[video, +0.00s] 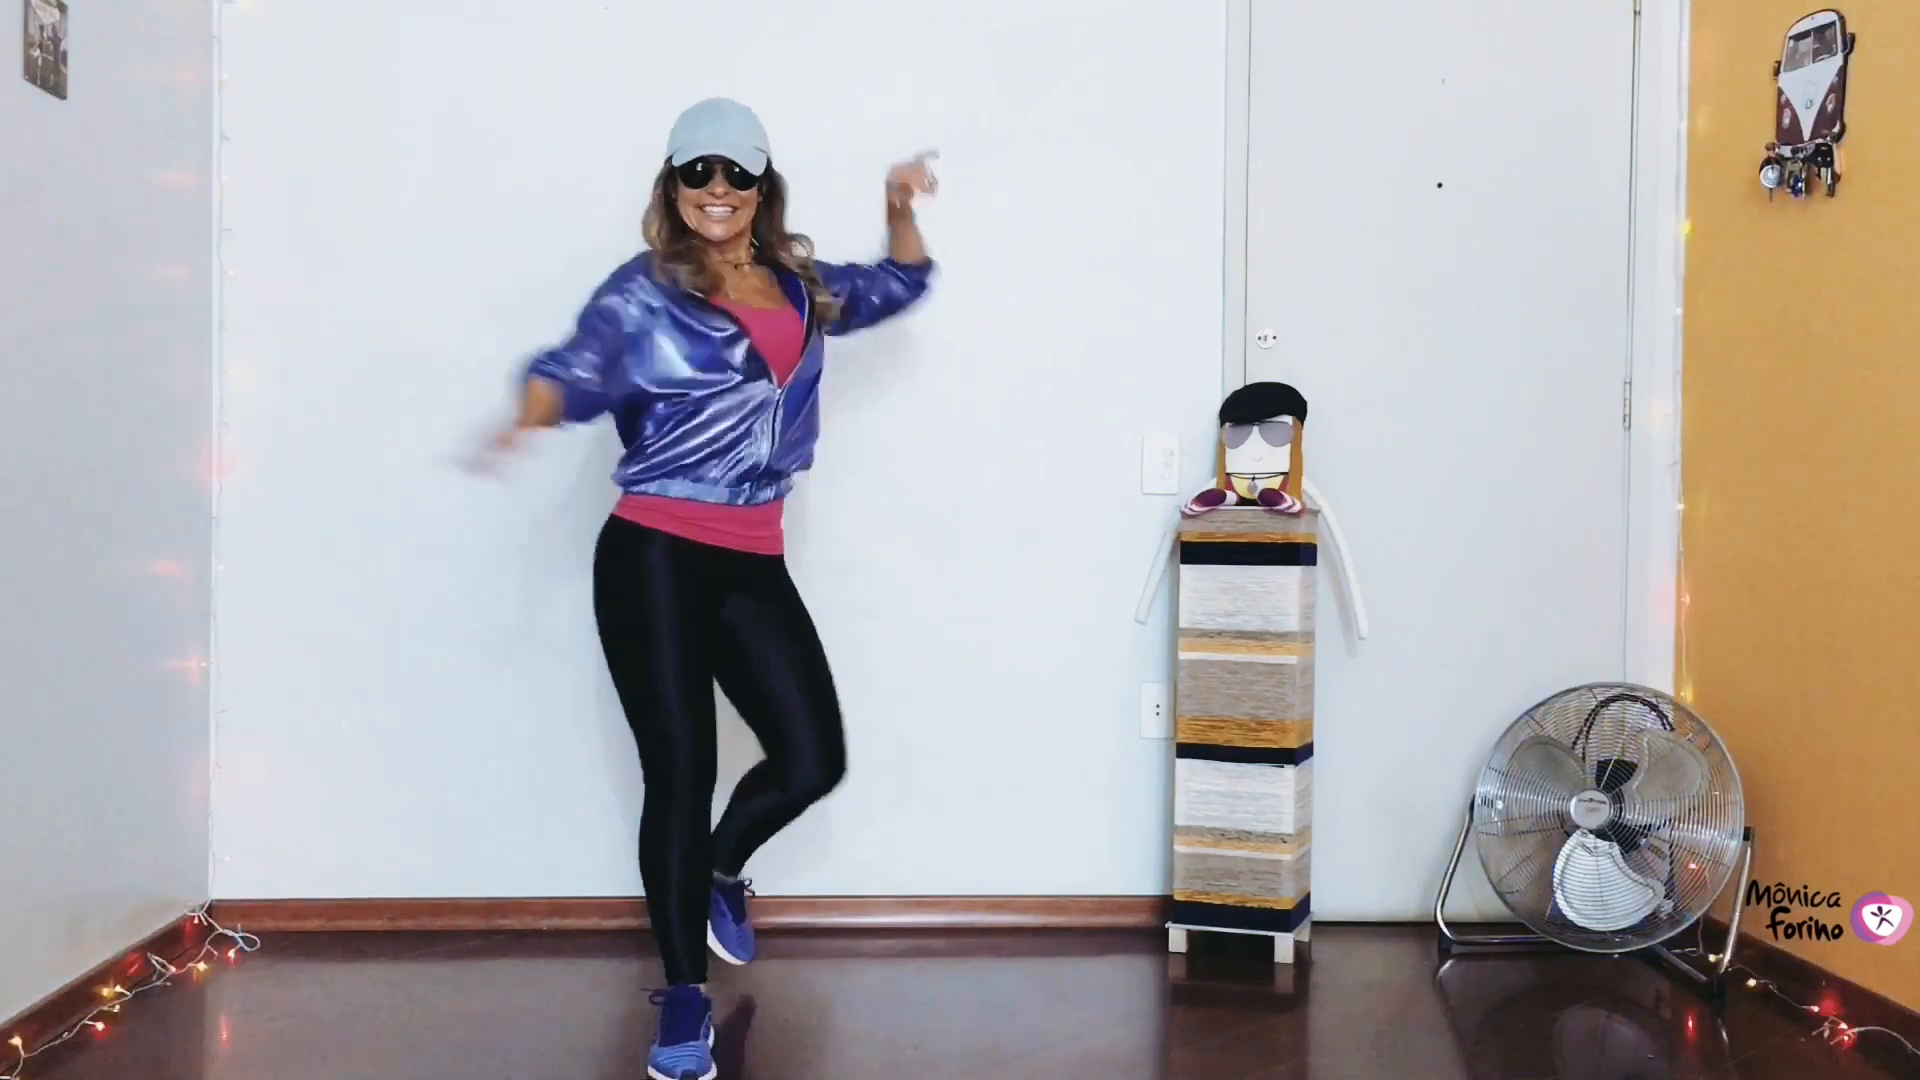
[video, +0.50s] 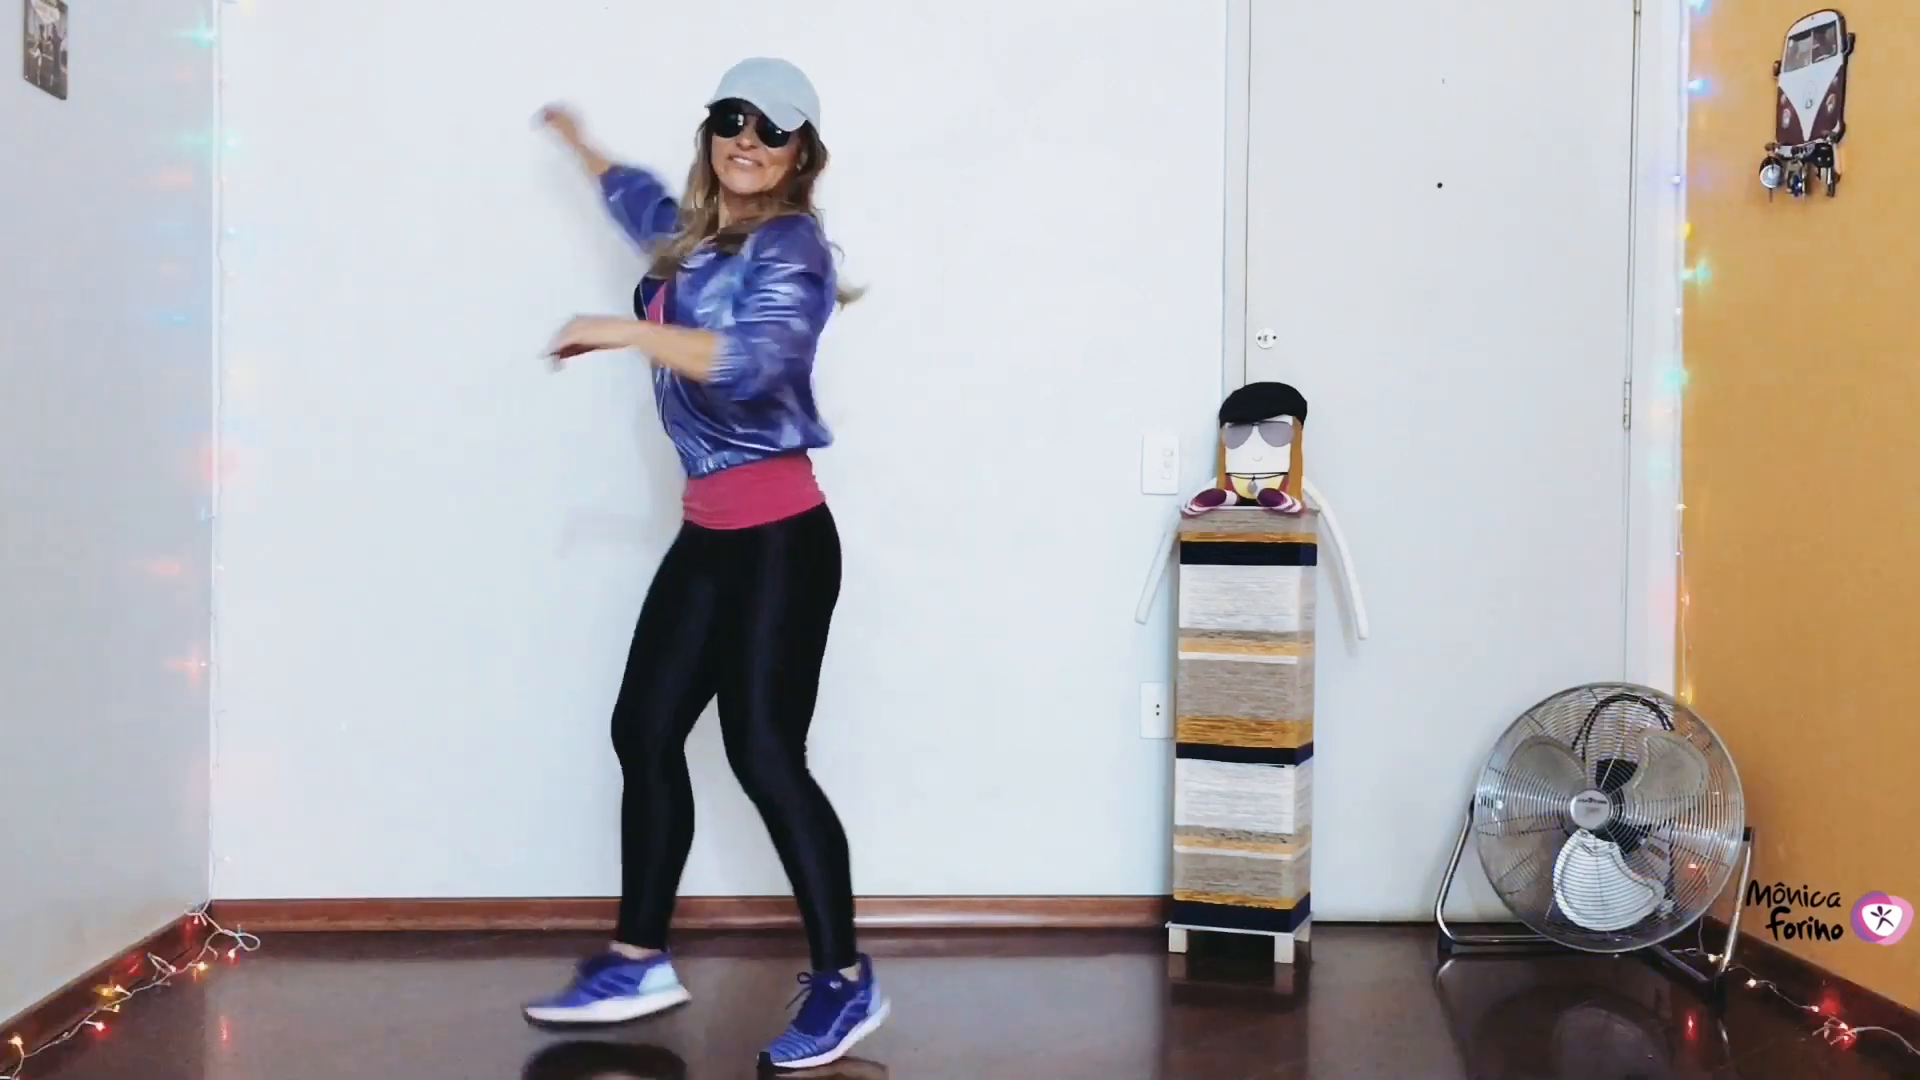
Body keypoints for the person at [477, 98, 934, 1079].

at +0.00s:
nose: (718, 194)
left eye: (737, 177)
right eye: (697, 177)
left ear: (764, 187)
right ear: (673, 190)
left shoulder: (796, 285)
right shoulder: (644, 295)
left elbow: (898, 286)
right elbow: (579, 371)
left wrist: (903, 210)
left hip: (750, 564)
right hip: (654, 557)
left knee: (812, 760)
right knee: (682, 776)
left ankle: (714, 862)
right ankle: (685, 995)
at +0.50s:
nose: (745, 143)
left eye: (769, 133)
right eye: (731, 124)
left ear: (799, 153)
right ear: (706, 135)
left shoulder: (791, 246)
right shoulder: (692, 236)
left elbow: (757, 362)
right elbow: (636, 202)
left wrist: (633, 331)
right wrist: (583, 146)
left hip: (784, 538)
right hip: (706, 536)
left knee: (764, 751)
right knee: (645, 729)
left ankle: (842, 981)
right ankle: (640, 960)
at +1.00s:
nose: (708, 215)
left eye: (732, 204)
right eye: (697, 194)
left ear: (758, 218)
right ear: (677, 199)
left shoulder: (743, 298)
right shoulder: (676, 271)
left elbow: (703, 439)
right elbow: (654, 168)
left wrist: (603, 456)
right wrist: (646, 53)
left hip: (746, 549)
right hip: (680, 548)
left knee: (684, 709)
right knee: (645, 718)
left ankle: (726, 935)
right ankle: (706, 918)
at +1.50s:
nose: (725, 190)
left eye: (746, 183)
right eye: (714, 171)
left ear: (764, 203)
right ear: (687, 179)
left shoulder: (756, 284)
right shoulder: (669, 266)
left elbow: (762, 419)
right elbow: (622, 175)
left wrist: (655, 440)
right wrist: (621, 77)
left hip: (758, 521)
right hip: (695, 532)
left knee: (726, 702)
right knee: (671, 714)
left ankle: (759, 919)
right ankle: (713, 912)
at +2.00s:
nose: (751, 198)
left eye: (772, 186)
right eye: (734, 183)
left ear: (798, 207)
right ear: (707, 203)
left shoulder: (845, 301)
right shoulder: (674, 326)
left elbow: (969, 343)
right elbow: (590, 440)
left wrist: (1001, 375)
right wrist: (469, 398)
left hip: (825, 577)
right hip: (723, 576)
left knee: (806, 773)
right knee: (614, 712)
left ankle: (821, 985)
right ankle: (687, 888)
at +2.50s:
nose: (760, 166)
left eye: (775, 148)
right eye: (737, 156)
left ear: (800, 162)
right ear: (714, 180)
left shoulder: (791, 239)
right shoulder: (730, 278)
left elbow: (814, 154)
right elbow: (750, 440)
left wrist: (900, 104)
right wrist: (864, 492)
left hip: (731, 532)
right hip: (665, 530)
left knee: (816, 698)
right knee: (674, 736)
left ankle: (795, 900)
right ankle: (622, 968)